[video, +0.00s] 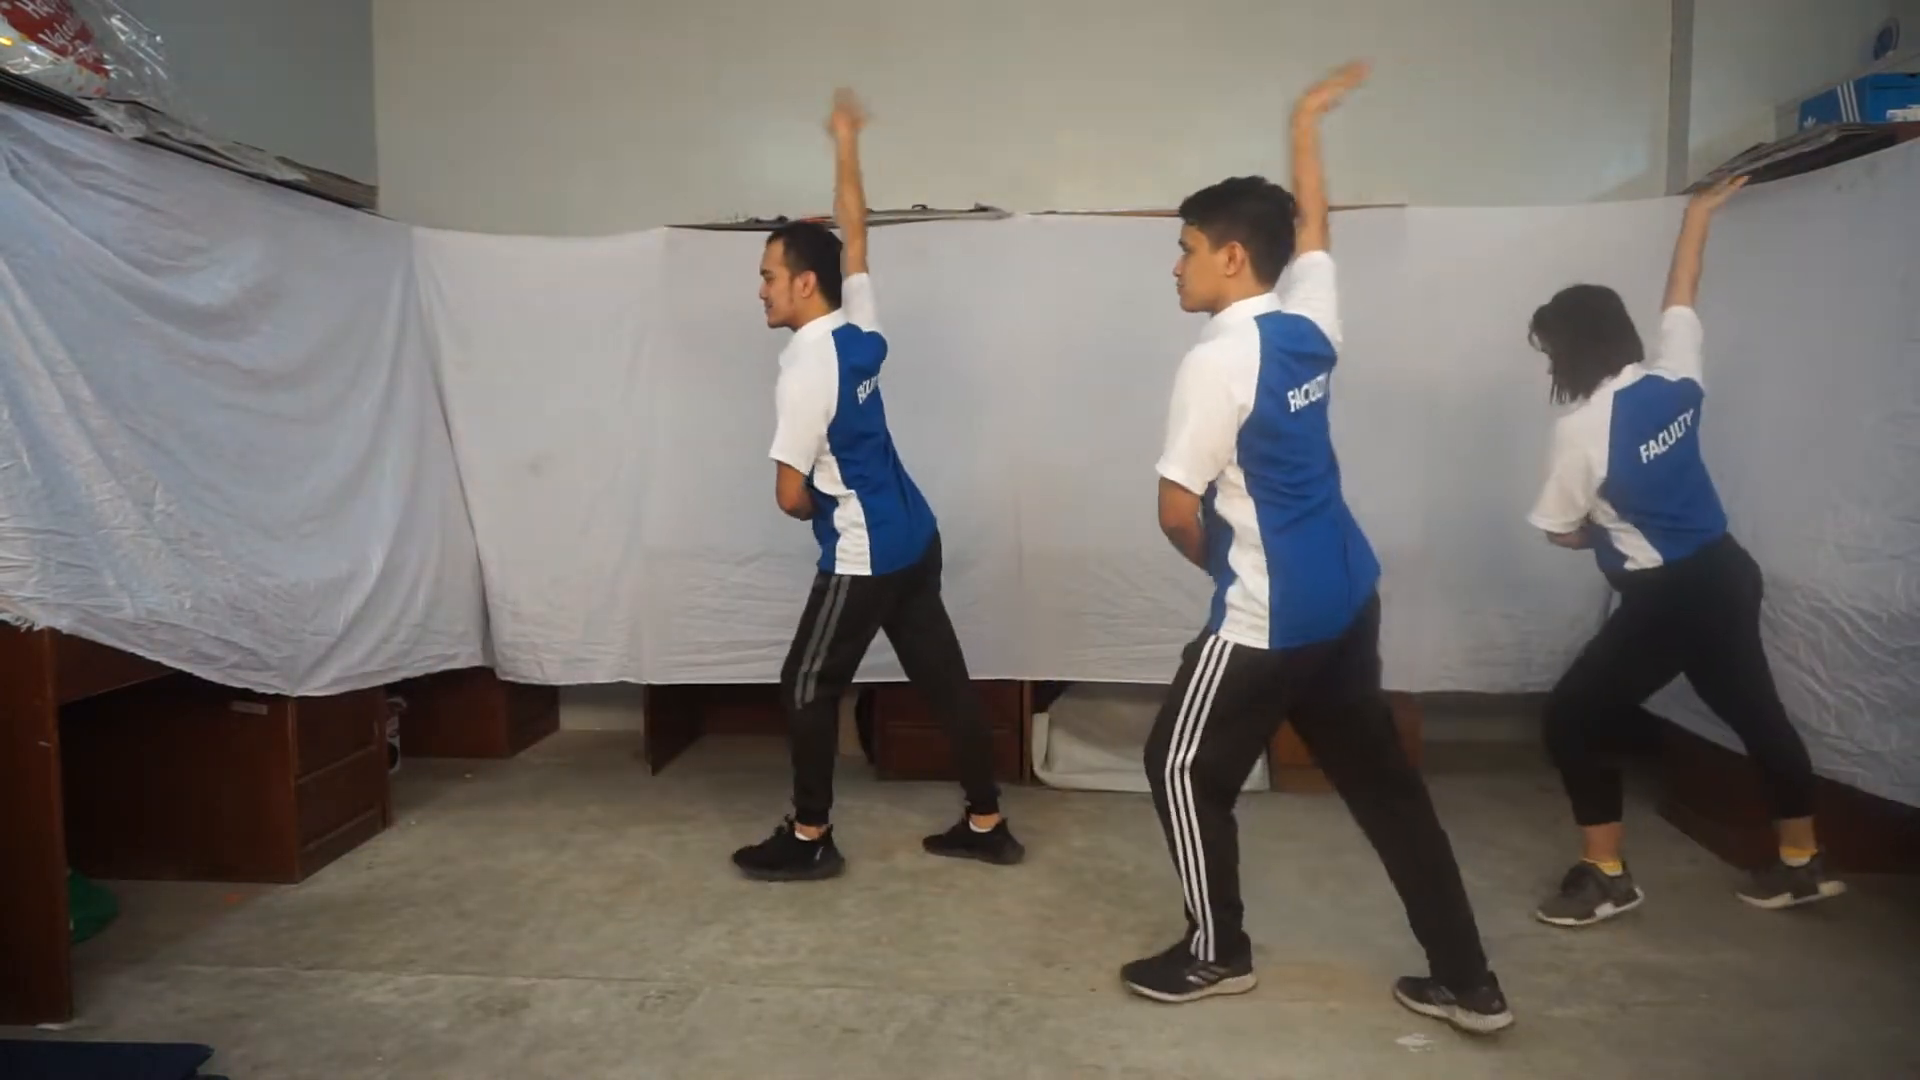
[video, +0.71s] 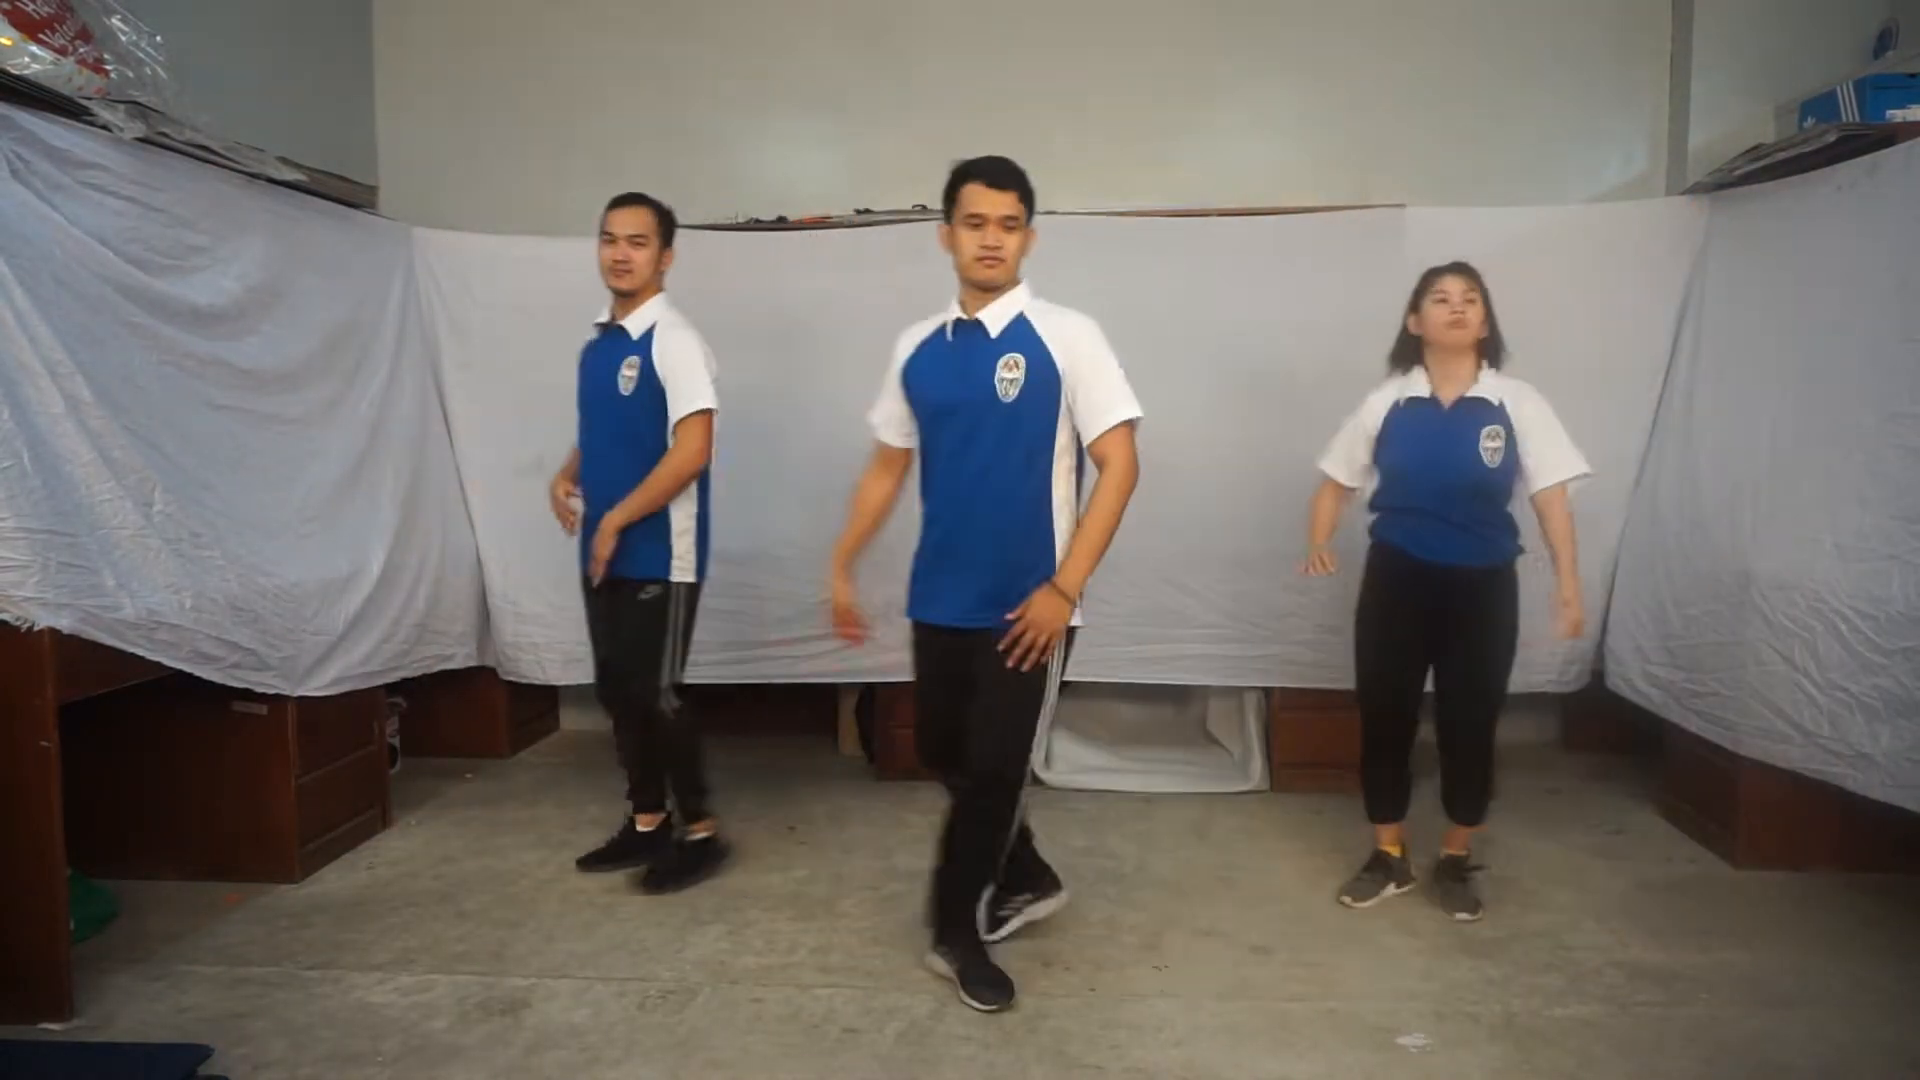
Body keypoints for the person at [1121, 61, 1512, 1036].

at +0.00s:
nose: (1178, 267)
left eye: (1189, 252)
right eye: (1182, 251)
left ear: (1240, 259)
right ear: (1259, 262)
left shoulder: (1218, 355)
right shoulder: (1308, 321)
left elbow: (1177, 513)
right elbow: (1310, 229)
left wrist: (1232, 566)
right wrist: (1306, 120)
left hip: (1267, 608)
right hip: (1342, 586)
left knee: (1181, 767)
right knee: (1381, 780)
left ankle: (1213, 945)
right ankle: (1466, 977)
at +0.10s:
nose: (1149, 257)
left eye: (1159, 241)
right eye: (1150, 240)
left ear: (1213, 243)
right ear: (1235, 244)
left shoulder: (1199, 333)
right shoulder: (1272, 313)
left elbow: (1166, 499)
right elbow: (1249, 251)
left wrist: (1157, 560)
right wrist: (1203, 188)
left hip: (1222, 599)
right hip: (1289, 585)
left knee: (1190, 772)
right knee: (1308, 762)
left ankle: (1209, 948)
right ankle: (1429, 930)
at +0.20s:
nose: (1122, 242)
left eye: (1138, 226)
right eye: (1121, 225)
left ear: (1194, 232)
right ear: (1195, 237)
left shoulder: (1181, 325)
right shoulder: (1225, 305)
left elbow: (1148, 474)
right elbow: (1176, 350)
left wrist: (1106, 553)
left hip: (1192, 591)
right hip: (1237, 579)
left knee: (1193, 770)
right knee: (1218, 752)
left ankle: (1212, 950)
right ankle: (1326, 881)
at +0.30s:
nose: (1102, 243)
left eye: (1121, 228)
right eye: (1095, 227)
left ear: (1170, 234)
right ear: (1090, 229)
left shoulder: (1164, 326)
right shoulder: (1139, 316)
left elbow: (1122, 473)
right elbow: (1127, 427)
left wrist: (1057, 557)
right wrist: (1073, 475)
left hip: (1173, 594)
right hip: (1137, 586)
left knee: (1189, 764)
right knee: (1102, 724)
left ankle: (1217, 950)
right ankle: (1194, 876)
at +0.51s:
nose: (1041, 249)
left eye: (1061, 235)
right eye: (1029, 233)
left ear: (1096, 242)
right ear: (1014, 236)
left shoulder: (1104, 336)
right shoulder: (1032, 336)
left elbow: (1099, 477)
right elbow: (1036, 478)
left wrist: (1016, 596)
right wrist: (1023, 593)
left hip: (1093, 599)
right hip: (1036, 594)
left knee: (1104, 768)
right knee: (1020, 750)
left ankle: (1195, 927)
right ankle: (1038, 900)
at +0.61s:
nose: (1013, 244)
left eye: (1032, 231)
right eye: (999, 227)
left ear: (1061, 242)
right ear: (978, 235)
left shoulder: (1083, 339)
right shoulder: (968, 348)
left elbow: (1105, 478)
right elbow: (963, 477)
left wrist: (1039, 598)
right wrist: (941, 579)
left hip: (1054, 598)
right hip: (979, 594)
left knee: (1039, 758)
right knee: (996, 754)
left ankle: (1097, 916)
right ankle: (1030, 899)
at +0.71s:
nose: (990, 240)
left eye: (1008, 226)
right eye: (973, 224)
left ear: (1028, 237)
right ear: (947, 235)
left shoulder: (1068, 337)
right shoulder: (919, 346)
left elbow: (1119, 465)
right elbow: (888, 462)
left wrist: (1066, 590)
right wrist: (842, 560)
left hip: (1023, 602)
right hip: (937, 600)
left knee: (992, 773)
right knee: (947, 750)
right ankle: (1024, 871)